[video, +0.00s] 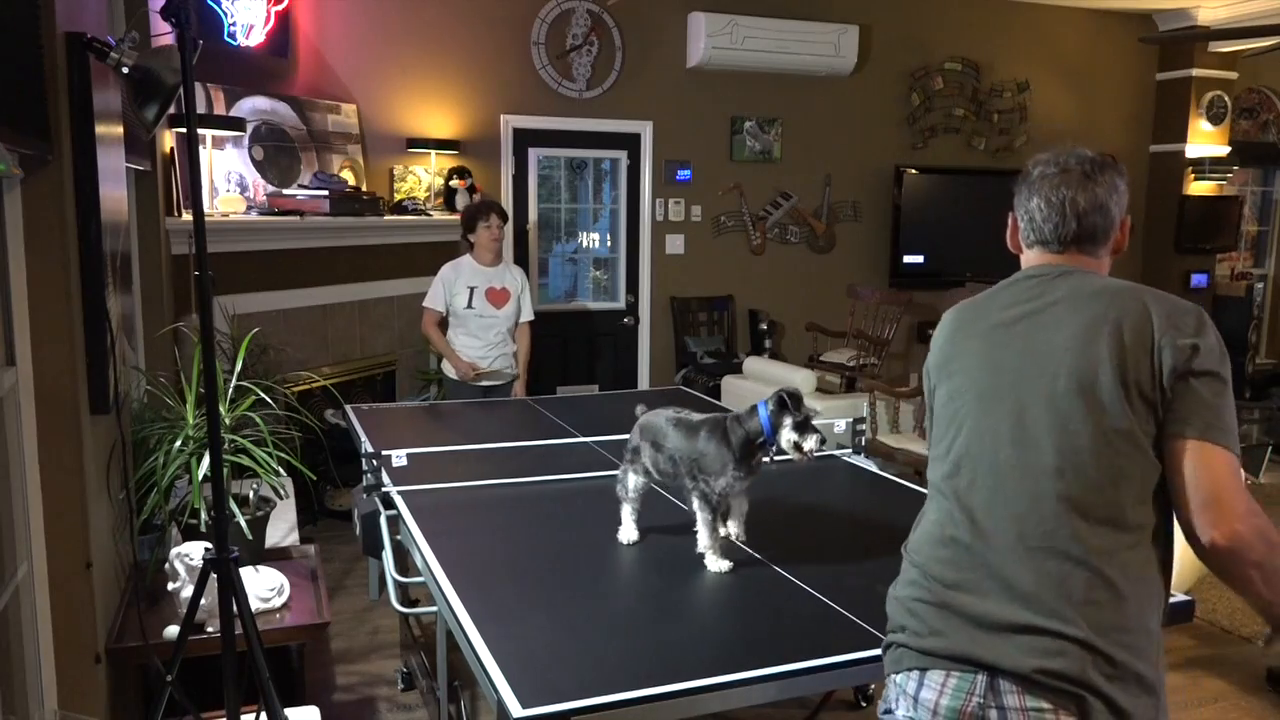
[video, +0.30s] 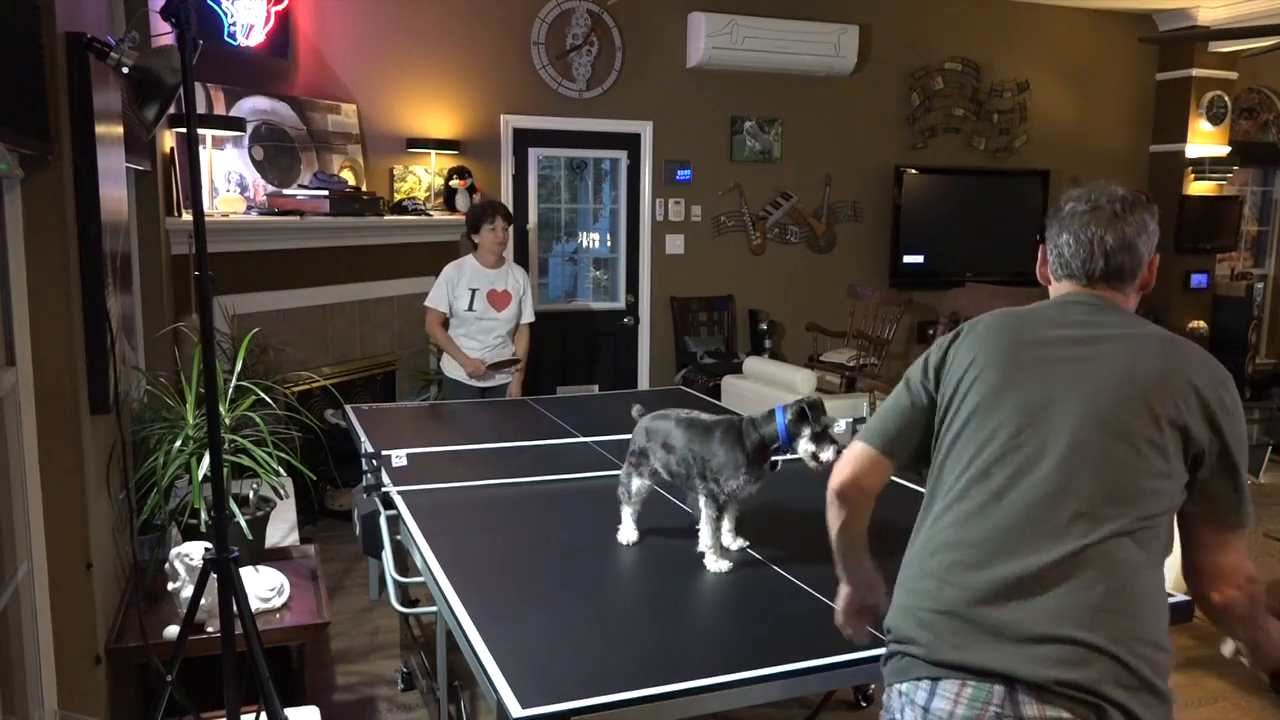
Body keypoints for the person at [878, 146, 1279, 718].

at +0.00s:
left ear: (1013, 233)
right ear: (1121, 236)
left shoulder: (953, 326)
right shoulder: (1173, 326)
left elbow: (944, 467)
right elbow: (1221, 527)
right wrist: (1277, 614)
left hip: (923, 681)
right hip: (1074, 692)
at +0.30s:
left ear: (1042, 265)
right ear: (1148, 274)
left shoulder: (966, 343)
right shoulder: (1195, 374)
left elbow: (848, 482)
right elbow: (1223, 587)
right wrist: (1268, 648)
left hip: (929, 688)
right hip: (1091, 696)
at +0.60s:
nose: (1054, 255)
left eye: (1056, 241)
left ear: (1065, 243)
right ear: (1173, 263)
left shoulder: (998, 339)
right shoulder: (1217, 365)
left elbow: (906, 494)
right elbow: (1198, 518)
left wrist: (862, 603)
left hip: (1025, 686)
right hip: (1202, 690)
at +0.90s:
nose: (1103, 231)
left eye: (1108, 212)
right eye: (1104, 211)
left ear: (1142, 216)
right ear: (1238, 229)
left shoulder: (1121, 345)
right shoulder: (1271, 330)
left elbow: (1110, 565)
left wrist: (981, 643)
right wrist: (1077, 439)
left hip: (1162, 696)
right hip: (1266, 685)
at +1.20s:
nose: (1107, 232)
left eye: (1114, 212)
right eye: (1108, 213)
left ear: (1156, 219)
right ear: (1249, 224)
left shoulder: (1150, 370)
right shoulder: (1266, 332)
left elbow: (1148, 628)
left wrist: (1047, 673)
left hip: (1196, 701)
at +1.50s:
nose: (1046, 231)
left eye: (1052, 207)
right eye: (1048, 208)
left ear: (1085, 218)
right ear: (1201, 225)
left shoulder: (1078, 380)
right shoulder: (1268, 348)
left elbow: (1061, 658)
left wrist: (997, 708)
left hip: (1146, 699)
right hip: (1265, 690)